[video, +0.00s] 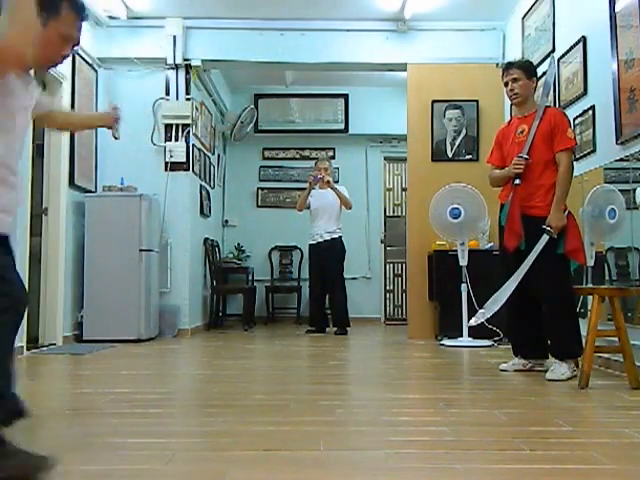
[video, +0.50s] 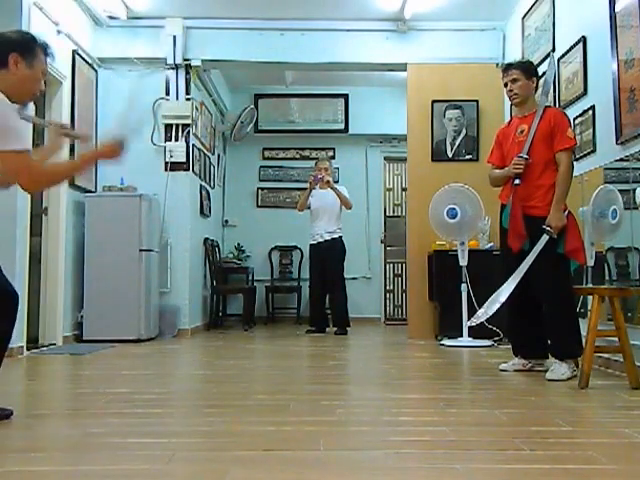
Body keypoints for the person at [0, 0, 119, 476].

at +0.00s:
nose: (66, 53)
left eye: (72, 45)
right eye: (65, 40)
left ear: (64, 42)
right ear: (36, 24)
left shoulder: (26, 86)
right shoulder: (8, 73)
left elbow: (53, 116)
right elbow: (16, 45)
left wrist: (100, 119)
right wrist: (27, 5)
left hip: (6, 225)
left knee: (11, 304)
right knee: (12, 298)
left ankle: (2, 438)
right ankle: (6, 399)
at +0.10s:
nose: (58, 63)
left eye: (62, 53)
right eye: (55, 48)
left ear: (20, 36)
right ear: (20, 32)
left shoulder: (15, 88)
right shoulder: (4, 84)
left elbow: (48, 148)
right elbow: (50, 147)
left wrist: (86, 108)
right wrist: (93, 97)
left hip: (4, 242)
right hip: (0, 244)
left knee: (8, 309)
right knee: (7, 308)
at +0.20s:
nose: (48, 76)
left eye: (51, 67)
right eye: (45, 63)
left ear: (15, 53)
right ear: (12, 49)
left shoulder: (8, 96)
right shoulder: (12, 102)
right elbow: (49, 175)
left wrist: (36, 115)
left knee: (6, 297)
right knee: (5, 297)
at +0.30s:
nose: (40, 96)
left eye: (42, 86)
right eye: (37, 84)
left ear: (9, 75)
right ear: (7, 72)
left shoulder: (9, 117)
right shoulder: (9, 120)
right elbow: (33, 184)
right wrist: (77, 197)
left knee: (9, 295)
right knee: (8, 295)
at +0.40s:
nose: (36, 99)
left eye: (39, 91)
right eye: (35, 88)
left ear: (8, 79)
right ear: (7, 76)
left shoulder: (6, 117)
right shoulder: (5, 121)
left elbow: (22, 125)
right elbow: (30, 192)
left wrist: (33, 134)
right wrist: (83, 198)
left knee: (9, 298)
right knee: (9, 299)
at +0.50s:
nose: (42, 86)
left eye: (44, 78)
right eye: (40, 75)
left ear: (14, 66)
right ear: (14, 64)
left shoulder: (8, 110)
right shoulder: (6, 110)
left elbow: (14, 173)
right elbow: (32, 180)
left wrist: (54, 144)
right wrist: (93, 156)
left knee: (8, 301)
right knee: (7, 302)